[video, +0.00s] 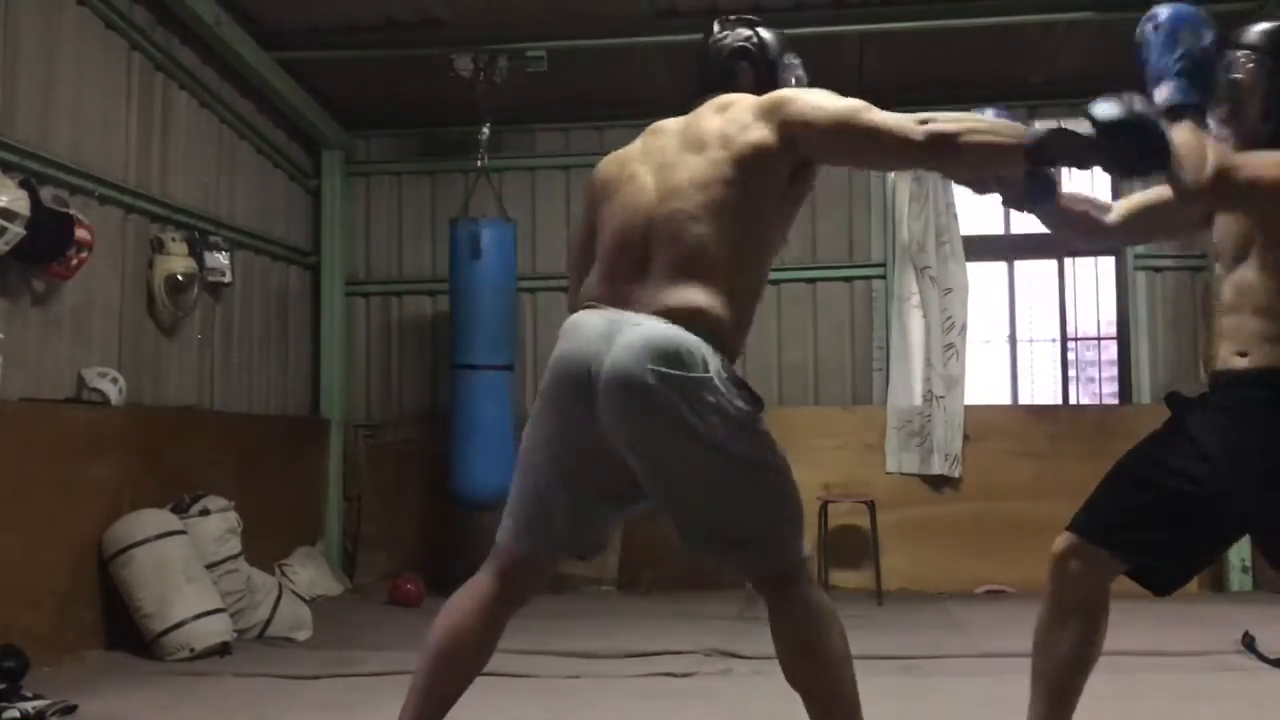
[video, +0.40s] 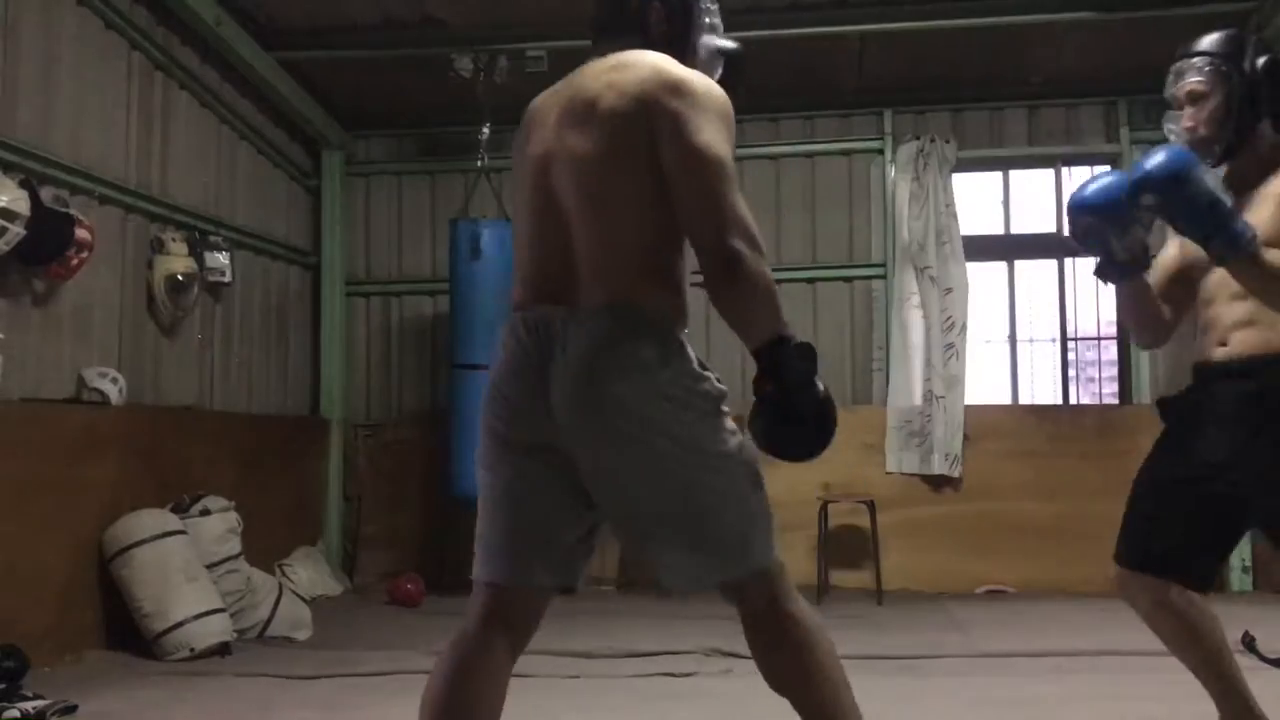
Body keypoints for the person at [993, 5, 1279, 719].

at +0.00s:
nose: (1232, 80)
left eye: (1252, 65)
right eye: (1229, 64)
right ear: (1223, 78)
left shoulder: (1278, 169)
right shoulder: (1219, 177)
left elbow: (1206, 177)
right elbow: (1109, 220)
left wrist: (1176, 93)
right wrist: (1025, 185)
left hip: (1273, 407)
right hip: (1220, 409)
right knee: (1078, 556)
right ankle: (1046, 716)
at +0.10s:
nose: (1262, 106)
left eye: (1270, 96)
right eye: (1265, 94)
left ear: (1275, 103)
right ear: (1265, 103)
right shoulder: (1262, 194)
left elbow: (1224, 132)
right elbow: (1157, 246)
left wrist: (1180, 45)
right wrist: (1070, 231)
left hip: (1265, 401)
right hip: (1252, 402)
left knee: (1100, 559)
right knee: (1099, 559)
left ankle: (1054, 709)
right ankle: (1053, 712)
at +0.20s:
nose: (1269, 100)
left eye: (1278, 86)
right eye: (1263, 87)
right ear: (1252, 97)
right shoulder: (1254, 183)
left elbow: (1265, 223)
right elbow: (1205, 305)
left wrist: (1210, 130)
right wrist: (1143, 287)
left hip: (1268, 387)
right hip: (1251, 389)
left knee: (1105, 540)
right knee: (1098, 540)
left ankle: (1109, 709)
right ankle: (1108, 711)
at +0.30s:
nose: (1228, 101)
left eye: (1243, 82)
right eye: (1220, 88)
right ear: (1214, 101)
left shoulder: (1277, 180)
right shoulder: (1235, 186)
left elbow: (1279, 279)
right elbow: (1220, 321)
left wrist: (1231, 216)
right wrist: (1167, 298)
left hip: (1273, 387)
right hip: (1233, 389)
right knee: (1111, 555)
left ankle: (1193, 689)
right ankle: (1192, 691)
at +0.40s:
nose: (1181, 119)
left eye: (1196, 100)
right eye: (1175, 105)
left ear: (1246, 102)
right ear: (1174, 114)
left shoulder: (1276, 186)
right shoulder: (1198, 204)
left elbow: (1275, 293)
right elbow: (1151, 330)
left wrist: (1221, 229)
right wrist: (1123, 263)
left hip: (1268, 389)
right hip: (1212, 398)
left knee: (1269, 564)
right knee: (1146, 572)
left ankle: (1248, 713)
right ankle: (1244, 714)